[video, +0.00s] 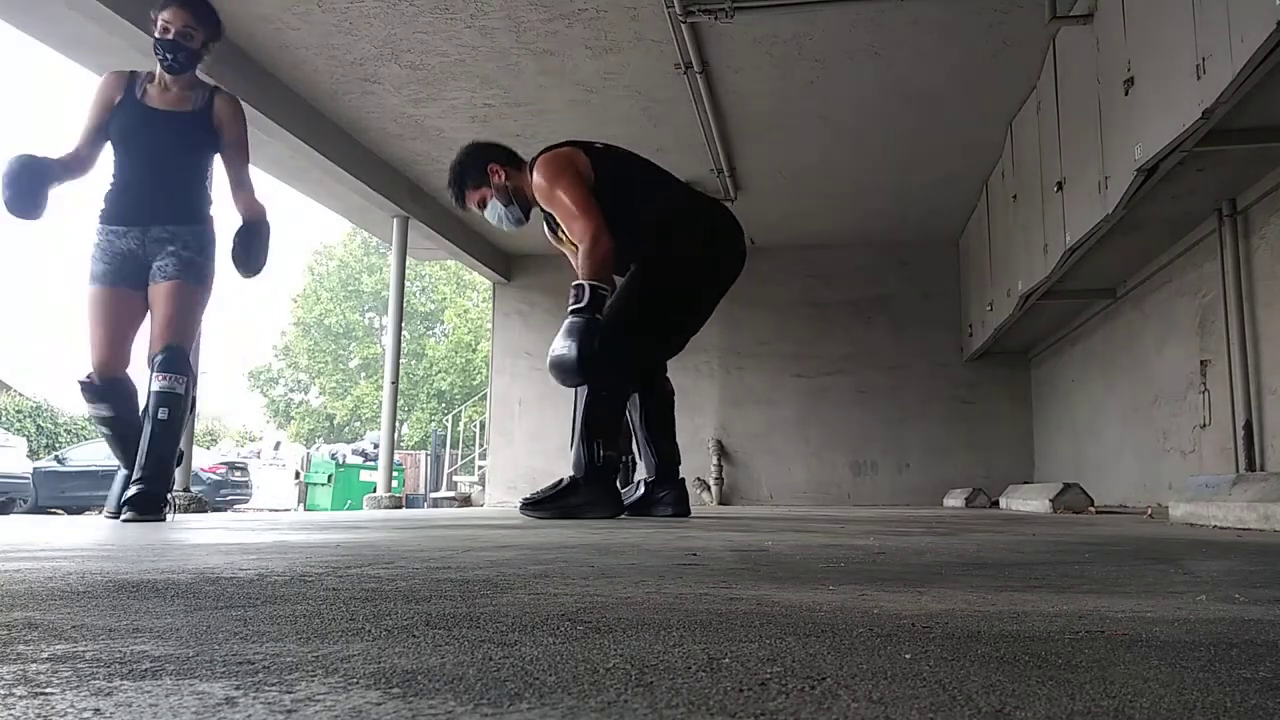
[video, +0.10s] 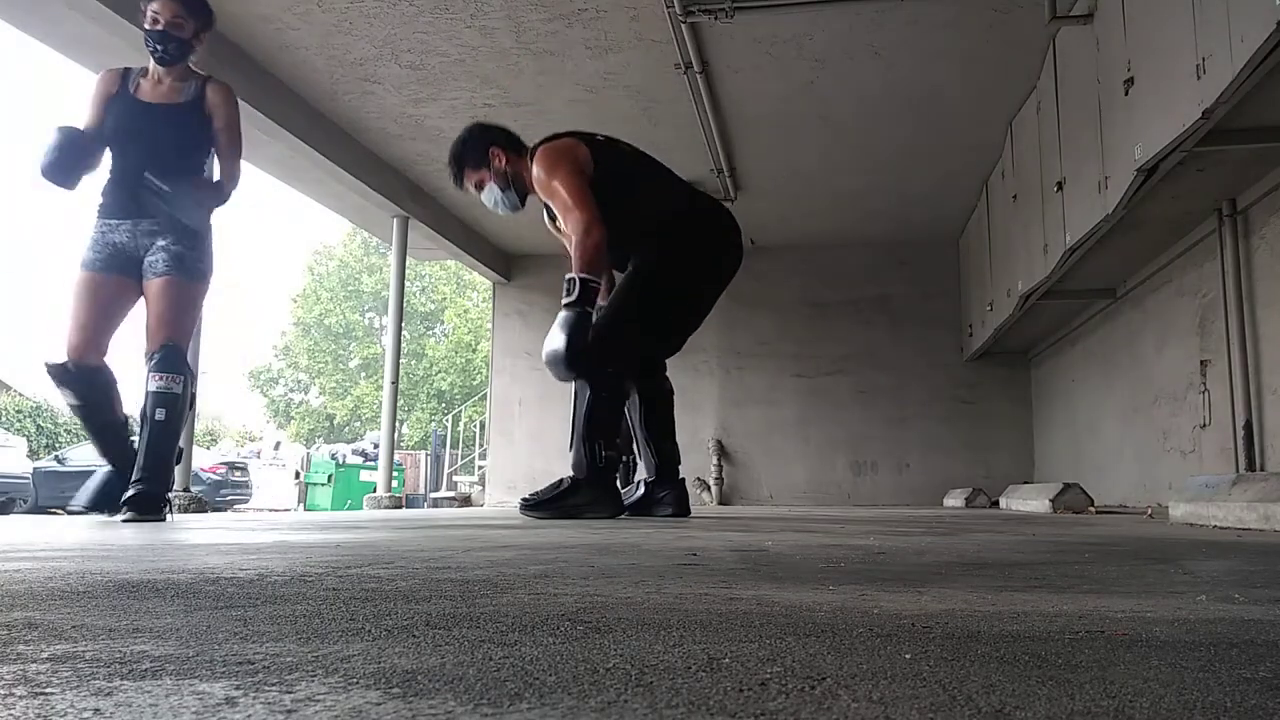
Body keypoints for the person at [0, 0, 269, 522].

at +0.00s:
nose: (172, 39)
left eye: (187, 33)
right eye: (166, 27)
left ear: (205, 45)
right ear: (153, 31)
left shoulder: (220, 105)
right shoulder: (119, 85)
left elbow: (241, 182)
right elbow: (81, 158)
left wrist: (255, 220)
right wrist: (44, 170)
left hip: (184, 237)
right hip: (118, 233)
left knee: (169, 361)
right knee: (103, 375)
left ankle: (151, 489)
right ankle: (138, 469)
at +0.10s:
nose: (160, 32)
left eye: (175, 24)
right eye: (152, 20)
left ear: (198, 34)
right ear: (142, 23)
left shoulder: (214, 94)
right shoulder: (114, 82)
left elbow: (228, 176)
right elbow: (86, 151)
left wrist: (201, 195)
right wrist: (66, 155)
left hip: (178, 233)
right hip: (114, 228)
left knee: (166, 359)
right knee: (79, 359)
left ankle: (150, 490)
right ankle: (121, 465)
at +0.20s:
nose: (149, 19)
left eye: (164, 12)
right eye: (142, 10)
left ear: (188, 23)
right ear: (132, 17)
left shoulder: (204, 84)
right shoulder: (107, 76)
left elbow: (221, 160)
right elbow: (87, 151)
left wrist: (191, 168)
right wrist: (80, 136)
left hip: (171, 224)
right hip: (108, 221)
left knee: (161, 354)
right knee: (62, 347)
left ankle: (150, 487)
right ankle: (81, 475)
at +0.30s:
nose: (136, 7)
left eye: (153, 2)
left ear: (175, 14)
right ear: (116, 8)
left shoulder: (192, 75)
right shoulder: (95, 71)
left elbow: (213, 157)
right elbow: (71, 154)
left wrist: (169, 154)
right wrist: (65, 123)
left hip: (164, 219)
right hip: (97, 217)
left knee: (156, 354)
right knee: (53, 348)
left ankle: (149, 488)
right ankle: (19, 482)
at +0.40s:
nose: (122, 9)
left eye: (138, 3)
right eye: (114, 1)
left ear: (161, 10)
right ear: (101, 7)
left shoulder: (178, 73)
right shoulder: (73, 63)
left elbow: (202, 156)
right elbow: (38, 145)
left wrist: (165, 147)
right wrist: (53, 114)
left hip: (151, 220)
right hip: (81, 216)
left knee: (149, 356)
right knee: (35, 353)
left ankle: (147, 489)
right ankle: (1, 479)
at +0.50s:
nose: (108, 10)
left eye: (121, 4)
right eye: (100, 3)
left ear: (138, 9)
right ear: (83, 6)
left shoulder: (158, 67)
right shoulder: (47, 54)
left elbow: (195, 149)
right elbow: (14, 135)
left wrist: (160, 147)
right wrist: (34, 108)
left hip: (133, 216)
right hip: (59, 211)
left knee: (133, 354)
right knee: (17, 346)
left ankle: (146, 489)